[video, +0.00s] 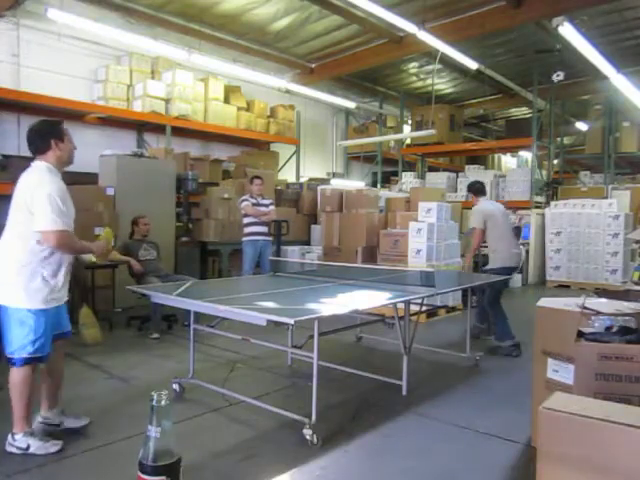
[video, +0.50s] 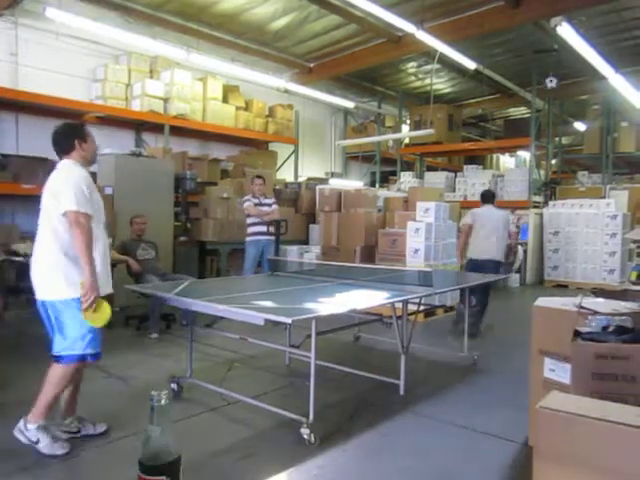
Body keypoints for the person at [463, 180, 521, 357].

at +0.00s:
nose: (470, 200)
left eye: (470, 197)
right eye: (470, 197)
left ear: (472, 196)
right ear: (485, 193)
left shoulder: (479, 210)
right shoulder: (499, 206)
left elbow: (477, 238)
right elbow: (505, 232)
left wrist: (468, 259)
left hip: (500, 261)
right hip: (514, 259)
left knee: (491, 300)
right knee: (483, 289)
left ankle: (508, 342)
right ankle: (482, 325)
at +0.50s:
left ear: (480, 201)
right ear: (494, 201)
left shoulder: (473, 213)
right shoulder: (504, 215)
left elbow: (464, 233)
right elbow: (512, 239)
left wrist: (460, 255)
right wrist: (508, 258)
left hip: (474, 259)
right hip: (495, 260)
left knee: (467, 292)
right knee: (484, 293)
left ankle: (461, 321)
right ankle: (475, 326)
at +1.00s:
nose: (521, 199)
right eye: (521, 197)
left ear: (509, 195)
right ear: (521, 197)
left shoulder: (498, 206)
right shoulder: (523, 207)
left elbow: (488, 222)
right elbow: (527, 223)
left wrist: (487, 237)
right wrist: (528, 240)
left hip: (495, 245)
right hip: (512, 246)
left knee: (494, 275)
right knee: (515, 275)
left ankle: (485, 298)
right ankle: (516, 302)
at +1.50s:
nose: (531, 233)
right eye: (531, 232)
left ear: (522, 229)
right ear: (531, 231)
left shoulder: (513, 234)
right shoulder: (533, 240)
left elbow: (503, 243)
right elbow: (537, 254)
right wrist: (539, 268)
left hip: (509, 259)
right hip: (524, 260)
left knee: (509, 277)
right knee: (527, 277)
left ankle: (510, 294)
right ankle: (526, 294)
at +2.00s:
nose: (548, 216)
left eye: (548, 214)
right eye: (548, 215)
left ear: (538, 211)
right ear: (547, 214)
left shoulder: (527, 218)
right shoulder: (544, 224)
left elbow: (517, 228)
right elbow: (546, 242)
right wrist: (549, 257)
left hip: (515, 247)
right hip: (528, 250)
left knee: (529, 267)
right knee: (537, 268)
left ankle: (525, 287)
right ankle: (530, 288)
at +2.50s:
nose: (542, 198)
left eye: (543, 195)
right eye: (540, 195)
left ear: (535, 195)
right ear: (535, 195)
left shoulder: (534, 208)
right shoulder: (530, 208)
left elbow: (533, 224)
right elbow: (528, 225)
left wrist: (540, 231)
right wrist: (539, 238)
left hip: (536, 243)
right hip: (530, 243)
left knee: (538, 269)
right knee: (534, 270)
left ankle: (534, 288)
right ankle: (519, 290)